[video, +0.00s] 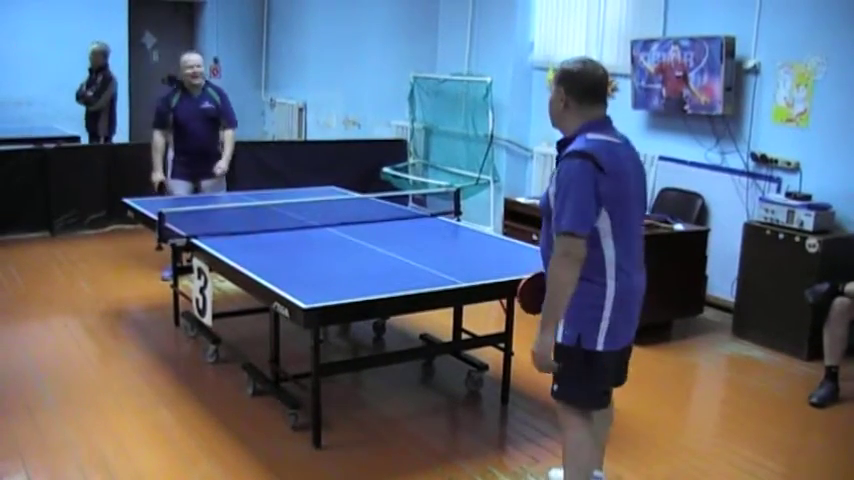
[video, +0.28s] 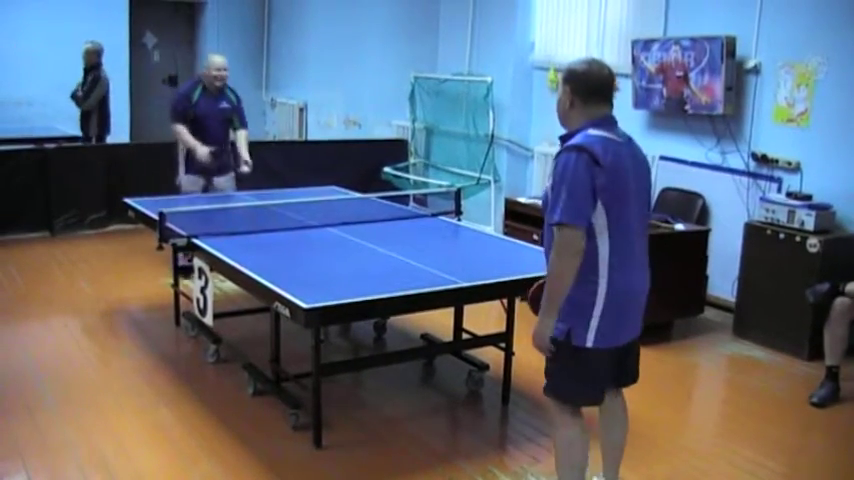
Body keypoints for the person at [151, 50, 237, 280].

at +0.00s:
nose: (195, 71)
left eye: (199, 67)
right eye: (190, 68)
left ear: (205, 69)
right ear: (180, 72)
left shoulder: (217, 96)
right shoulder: (169, 100)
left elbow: (229, 128)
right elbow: (159, 134)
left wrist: (225, 160)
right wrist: (157, 169)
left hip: (211, 168)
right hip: (180, 169)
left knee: (214, 218)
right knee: (177, 218)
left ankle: (213, 264)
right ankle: (177, 262)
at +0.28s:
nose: (222, 75)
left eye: (225, 70)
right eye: (217, 70)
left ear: (228, 72)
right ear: (205, 72)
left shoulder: (231, 95)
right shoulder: (188, 93)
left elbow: (240, 128)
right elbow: (177, 125)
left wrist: (244, 154)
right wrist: (198, 148)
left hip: (224, 162)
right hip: (194, 163)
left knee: (227, 211)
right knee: (191, 213)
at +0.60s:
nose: (239, 85)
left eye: (241, 81)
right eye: (235, 80)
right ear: (220, 75)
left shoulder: (235, 96)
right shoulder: (200, 91)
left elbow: (241, 124)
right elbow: (196, 126)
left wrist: (251, 132)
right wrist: (228, 122)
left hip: (226, 154)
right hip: (202, 155)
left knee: (229, 204)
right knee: (205, 205)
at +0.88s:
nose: (245, 90)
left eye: (248, 87)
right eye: (242, 85)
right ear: (229, 79)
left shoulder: (239, 98)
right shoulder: (207, 92)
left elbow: (243, 128)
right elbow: (197, 126)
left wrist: (253, 149)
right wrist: (229, 133)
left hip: (229, 158)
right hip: (204, 160)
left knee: (230, 207)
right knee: (206, 208)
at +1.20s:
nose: (242, 83)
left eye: (245, 78)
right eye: (238, 78)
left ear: (248, 78)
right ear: (225, 76)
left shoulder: (246, 98)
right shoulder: (209, 94)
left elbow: (249, 134)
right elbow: (200, 127)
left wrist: (250, 164)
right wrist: (219, 125)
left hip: (238, 158)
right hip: (214, 158)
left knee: (238, 207)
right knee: (211, 207)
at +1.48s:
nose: (244, 85)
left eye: (247, 80)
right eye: (239, 81)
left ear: (250, 80)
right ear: (229, 81)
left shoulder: (255, 102)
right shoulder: (211, 101)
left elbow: (264, 136)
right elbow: (203, 131)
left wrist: (264, 168)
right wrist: (217, 145)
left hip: (244, 164)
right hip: (214, 163)